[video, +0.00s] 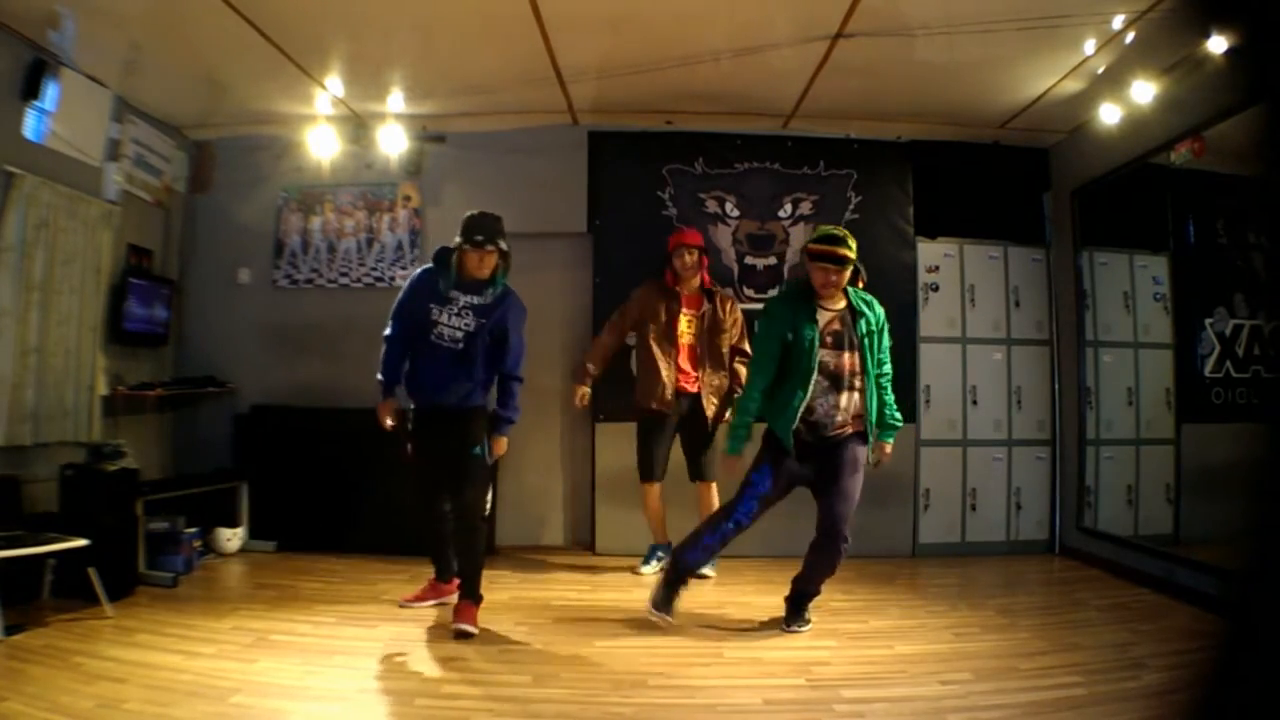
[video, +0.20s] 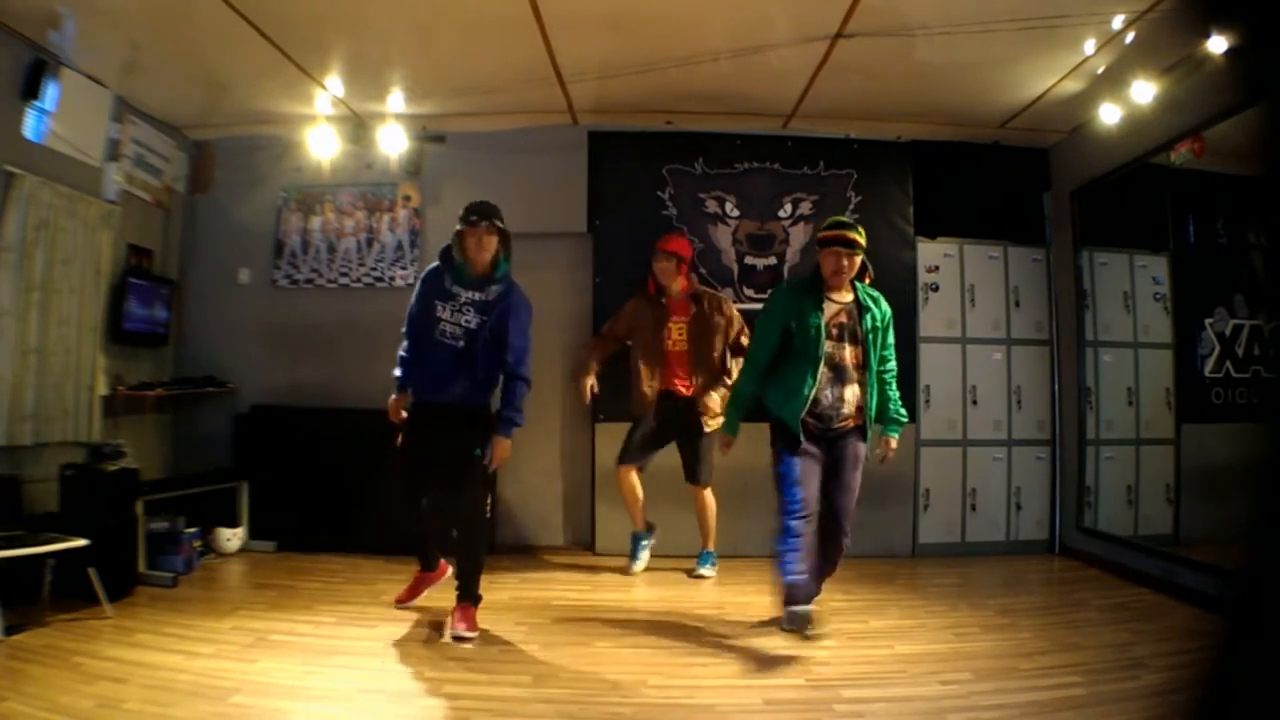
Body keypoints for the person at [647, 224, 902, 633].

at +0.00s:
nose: (830, 276)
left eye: (839, 268)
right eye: (822, 267)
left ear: (851, 271)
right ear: (808, 267)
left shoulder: (870, 312)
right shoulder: (785, 307)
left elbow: (883, 374)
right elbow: (760, 373)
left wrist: (887, 428)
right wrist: (738, 434)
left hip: (846, 441)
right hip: (791, 437)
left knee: (837, 532)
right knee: (741, 513)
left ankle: (800, 599)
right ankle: (676, 572)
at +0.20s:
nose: (839, 264)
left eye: (847, 256)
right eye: (831, 255)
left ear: (859, 261)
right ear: (818, 258)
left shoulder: (875, 308)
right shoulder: (789, 298)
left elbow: (886, 370)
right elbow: (757, 359)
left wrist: (892, 422)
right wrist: (733, 419)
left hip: (850, 429)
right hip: (797, 426)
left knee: (838, 519)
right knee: (799, 510)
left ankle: (806, 591)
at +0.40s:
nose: (846, 240)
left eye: (854, 234)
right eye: (837, 233)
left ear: (864, 243)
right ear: (823, 241)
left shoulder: (886, 294)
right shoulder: (795, 288)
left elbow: (902, 355)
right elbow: (772, 352)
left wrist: (911, 411)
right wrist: (764, 415)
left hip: (861, 417)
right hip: (810, 409)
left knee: (839, 514)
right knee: (855, 477)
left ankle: (798, 601)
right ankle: (896, 573)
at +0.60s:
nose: (857, 239)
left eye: (863, 231)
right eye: (847, 232)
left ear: (875, 240)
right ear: (832, 243)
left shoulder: (902, 285)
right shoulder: (815, 295)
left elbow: (924, 340)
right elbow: (794, 360)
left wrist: (934, 394)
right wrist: (793, 421)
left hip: (888, 415)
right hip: (840, 410)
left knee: (850, 508)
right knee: (867, 497)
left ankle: (799, 595)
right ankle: (880, 602)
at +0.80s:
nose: (880, 237)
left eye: (887, 229)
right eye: (871, 230)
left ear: (898, 236)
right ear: (855, 238)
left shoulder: (921, 275)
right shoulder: (837, 292)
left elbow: (957, 313)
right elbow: (812, 352)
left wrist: (989, 353)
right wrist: (843, 385)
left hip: (914, 417)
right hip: (865, 417)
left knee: (920, 505)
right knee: (883, 508)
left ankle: (847, 553)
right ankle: (883, 601)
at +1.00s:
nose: (910, 219)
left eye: (916, 212)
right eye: (901, 213)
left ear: (925, 222)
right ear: (882, 221)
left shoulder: (940, 271)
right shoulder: (859, 269)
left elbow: (952, 329)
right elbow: (854, 331)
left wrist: (976, 328)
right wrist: (910, 333)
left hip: (923, 408)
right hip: (872, 407)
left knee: (933, 501)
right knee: (878, 507)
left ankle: (928, 596)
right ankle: (883, 602)